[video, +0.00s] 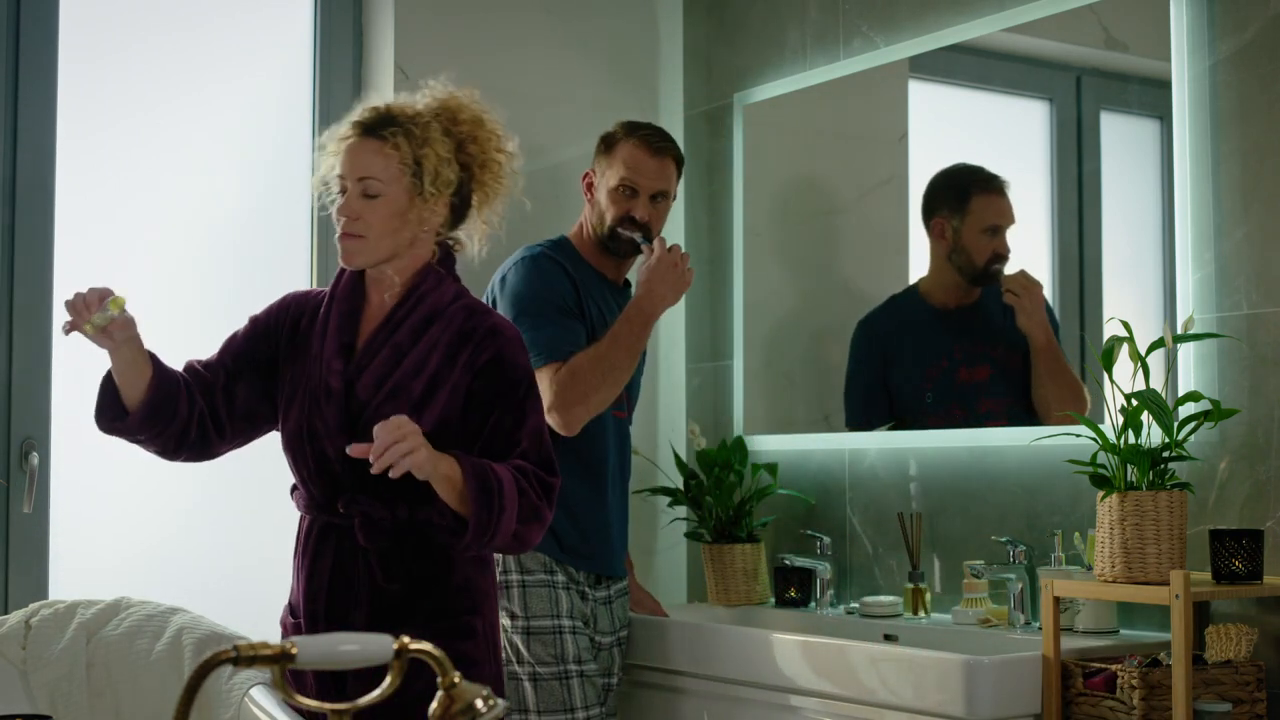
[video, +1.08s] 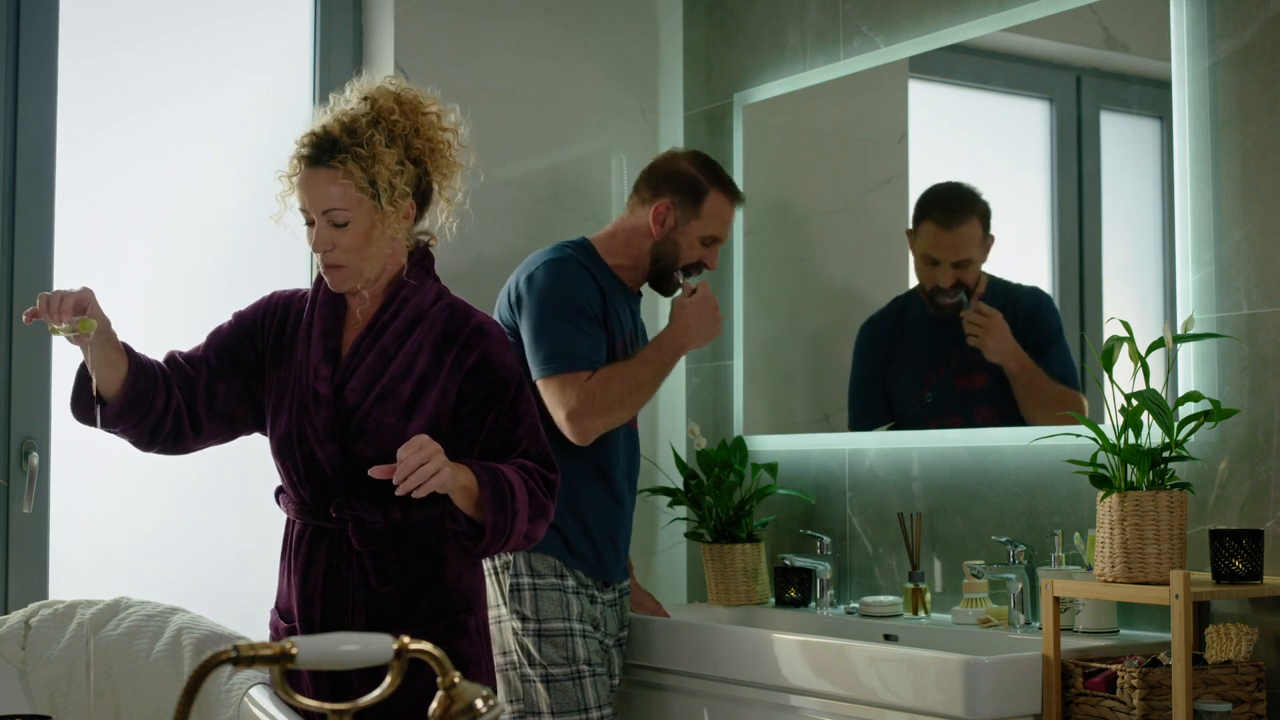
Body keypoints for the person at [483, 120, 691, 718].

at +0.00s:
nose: (642, 213)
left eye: (658, 199)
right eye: (627, 192)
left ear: (670, 204)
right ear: (590, 186)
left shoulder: (623, 298)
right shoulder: (534, 274)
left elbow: (605, 452)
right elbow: (564, 409)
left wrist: (623, 579)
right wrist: (649, 304)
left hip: (599, 578)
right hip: (536, 569)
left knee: (593, 706)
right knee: (558, 710)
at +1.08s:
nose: (711, 263)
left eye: (717, 247)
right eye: (707, 243)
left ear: (663, 222)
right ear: (660, 217)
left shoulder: (623, 308)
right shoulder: (557, 277)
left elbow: (593, 473)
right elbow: (579, 415)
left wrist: (624, 582)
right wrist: (677, 339)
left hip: (598, 576)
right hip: (540, 569)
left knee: (590, 707)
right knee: (565, 710)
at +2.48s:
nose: (652, 197)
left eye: (665, 182)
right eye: (634, 178)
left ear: (676, 189)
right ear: (592, 182)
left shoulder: (633, 302)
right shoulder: (534, 279)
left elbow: (605, 452)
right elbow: (505, 415)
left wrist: (620, 571)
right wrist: (635, 394)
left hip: (602, 573)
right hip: (538, 565)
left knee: (591, 709)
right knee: (566, 711)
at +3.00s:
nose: (613, 178)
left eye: (636, 164)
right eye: (601, 156)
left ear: (668, 178)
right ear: (579, 156)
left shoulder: (668, 295)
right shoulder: (508, 265)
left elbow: (682, 441)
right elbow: (469, 413)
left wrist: (710, 563)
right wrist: (573, 404)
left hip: (604, 566)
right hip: (513, 556)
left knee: (594, 712)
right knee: (523, 714)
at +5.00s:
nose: (599, 187)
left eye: (623, 172)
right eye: (589, 164)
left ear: (665, 177)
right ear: (574, 153)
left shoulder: (681, 297)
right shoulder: (499, 265)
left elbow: (697, 457)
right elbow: (454, 414)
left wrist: (720, 593)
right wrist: (548, 411)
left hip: (609, 594)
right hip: (496, 586)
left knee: (602, 712)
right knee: (494, 713)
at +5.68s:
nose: (605, 176)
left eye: (623, 158)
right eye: (588, 156)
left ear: (648, 166)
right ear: (559, 158)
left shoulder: (650, 296)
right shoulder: (516, 271)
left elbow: (666, 440)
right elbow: (483, 406)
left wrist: (706, 564)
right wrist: (580, 389)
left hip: (607, 575)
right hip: (518, 568)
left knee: (595, 712)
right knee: (519, 710)